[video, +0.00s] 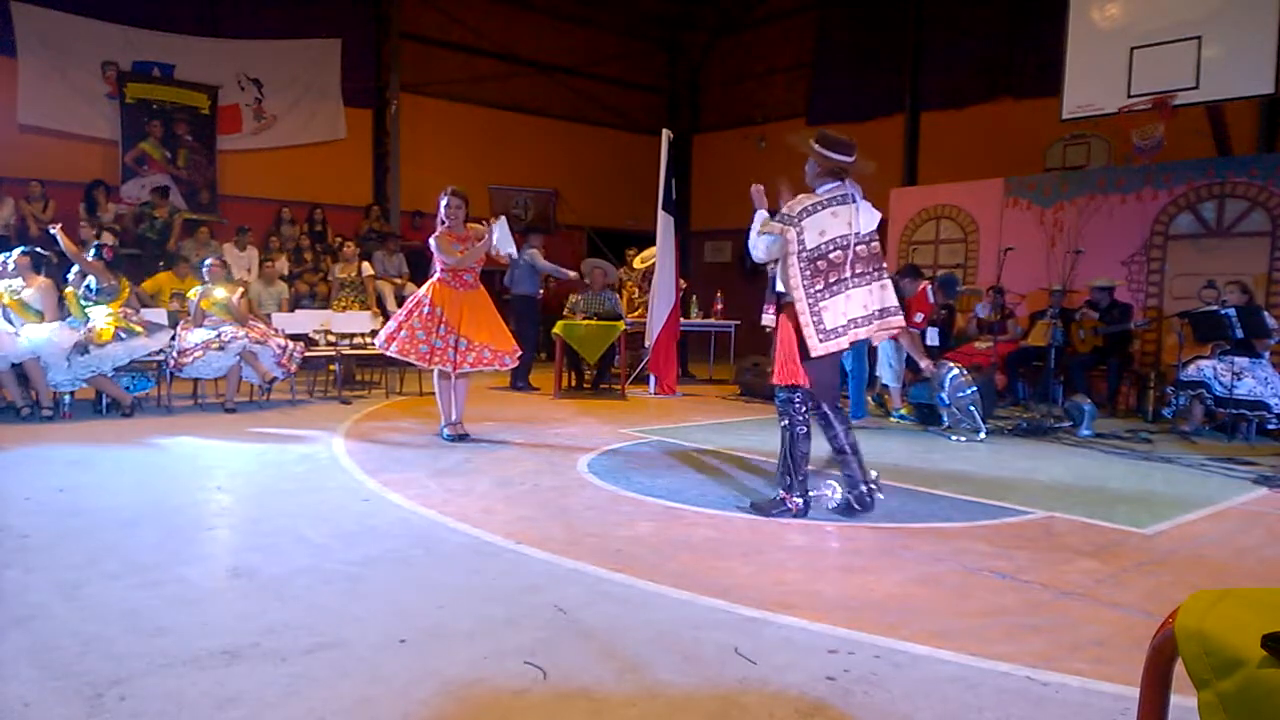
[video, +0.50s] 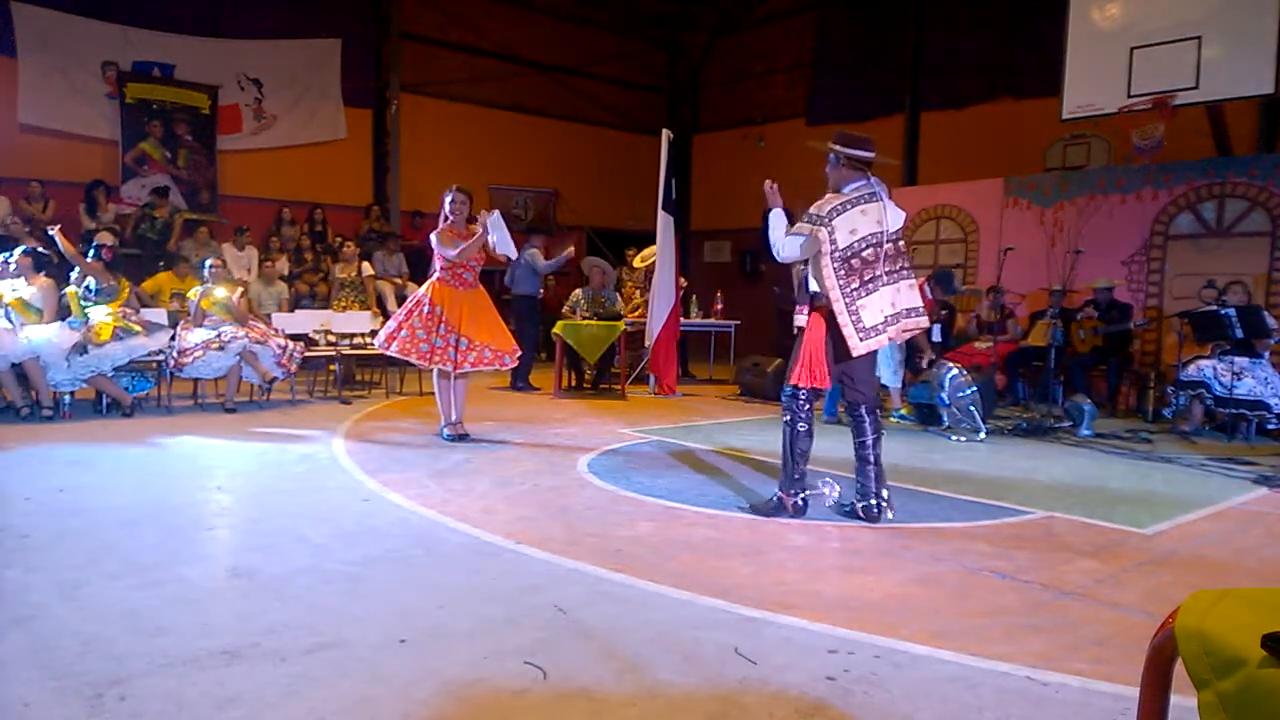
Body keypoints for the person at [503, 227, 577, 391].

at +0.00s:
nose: (541, 243)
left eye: (541, 239)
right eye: (539, 239)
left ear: (526, 240)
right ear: (533, 239)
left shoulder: (517, 257)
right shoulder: (532, 253)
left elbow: (507, 281)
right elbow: (543, 266)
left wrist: (530, 288)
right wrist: (567, 274)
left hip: (517, 298)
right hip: (528, 299)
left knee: (522, 338)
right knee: (530, 338)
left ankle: (517, 376)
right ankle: (522, 378)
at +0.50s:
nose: (543, 244)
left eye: (543, 240)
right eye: (541, 240)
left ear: (529, 240)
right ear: (536, 240)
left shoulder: (519, 257)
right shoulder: (532, 252)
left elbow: (508, 280)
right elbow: (543, 267)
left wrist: (525, 287)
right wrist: (564, 257)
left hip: (517, 298)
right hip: (528, 299)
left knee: (522, 338)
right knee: (530, 339)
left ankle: (517, 376)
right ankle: (522, 378)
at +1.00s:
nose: (543, 243)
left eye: (543, 239)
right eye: (541, 239)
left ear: (529, 238)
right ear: (535, 238)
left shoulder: (518, 255)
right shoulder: (532, 253)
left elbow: (507, 281)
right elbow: (542, 268)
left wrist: (528, 288)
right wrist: (567, 271)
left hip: (518, 298)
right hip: (528, 299)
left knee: (523, 338)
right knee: (530, 339)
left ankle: (517, 376)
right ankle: (522, 378)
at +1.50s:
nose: (543, 244)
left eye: (543, 240)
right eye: (541, 240)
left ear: (529, 240)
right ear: (535, 239)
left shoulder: (516, 256)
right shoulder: (531, 253)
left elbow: (507, 280)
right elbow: (540, 271)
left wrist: (525, 287)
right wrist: (565, 278)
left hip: (516, 298)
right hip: (527, 299)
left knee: (523, 337)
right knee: (530, 338)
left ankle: (518, 376)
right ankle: (522, 377)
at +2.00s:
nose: (543, 244)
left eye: (543, 240)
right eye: (542, 240)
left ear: (528, 239)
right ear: (535, 240)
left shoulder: (516, 256)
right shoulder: (530, 253)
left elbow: (506, 280)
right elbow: (537, 272)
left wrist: (522, 285)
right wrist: (562, 266)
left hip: (516, 298)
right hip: (528, 299)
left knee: (523, 338)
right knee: (530, 338)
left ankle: (518, 376)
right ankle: (522, 378)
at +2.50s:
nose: (545, 246)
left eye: (545, 242)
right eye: (543, 242)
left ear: (530, 241)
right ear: (536, 241)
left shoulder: (516, 255)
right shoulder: (533, 255)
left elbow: (505, 277)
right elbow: (535, 275)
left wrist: (520, 287)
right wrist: (559, 288)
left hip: (516, 298)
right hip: (528, 298)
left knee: (521, 338)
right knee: (528, 339)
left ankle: (517, 376)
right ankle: (522, 377)